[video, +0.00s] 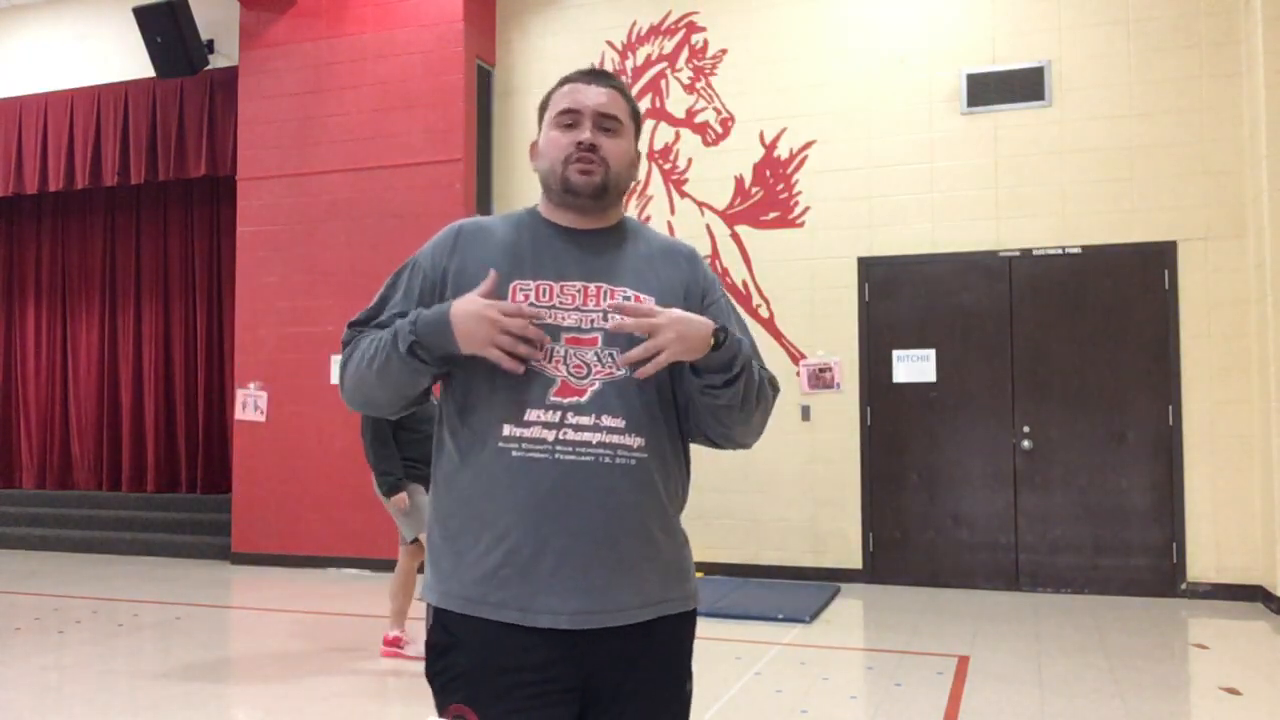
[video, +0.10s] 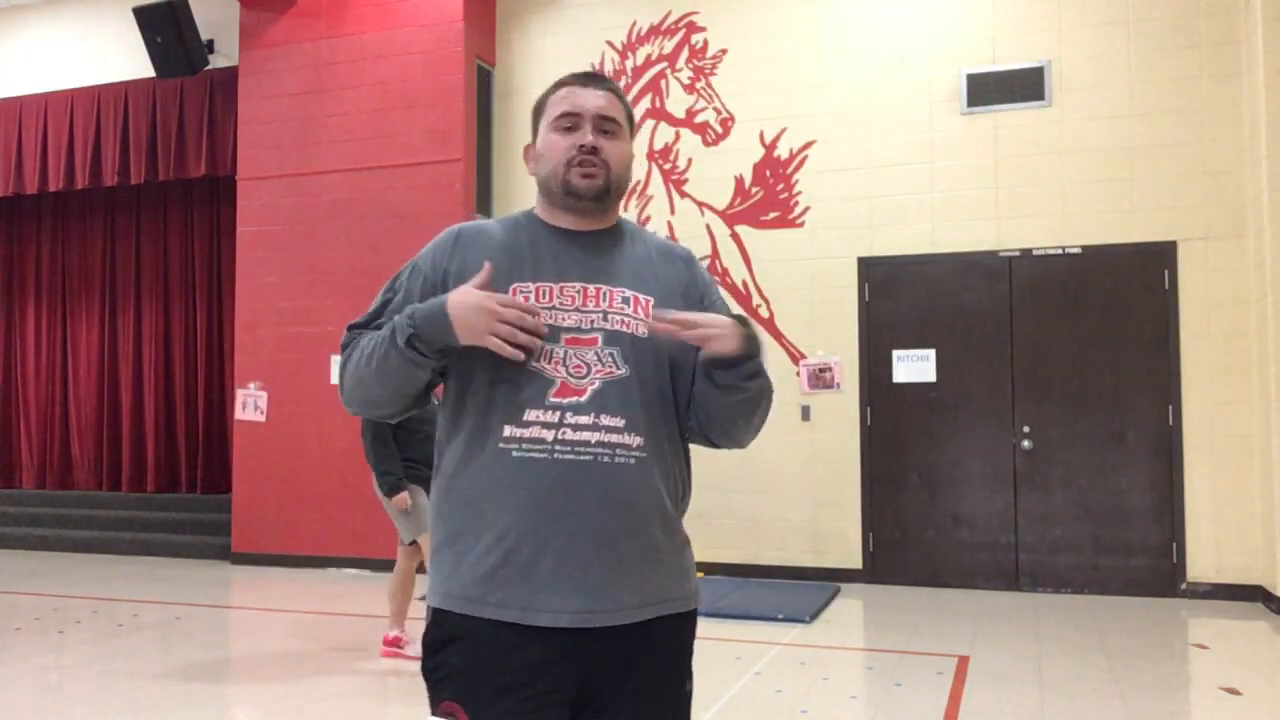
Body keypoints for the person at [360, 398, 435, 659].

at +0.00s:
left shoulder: (424, 390)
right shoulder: (383, 390)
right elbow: (377, 438)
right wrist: (392, 486)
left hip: (428, 479)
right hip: (404, 480)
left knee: (411, 554)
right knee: (440, 551)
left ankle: (395, 633)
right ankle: (447, 638)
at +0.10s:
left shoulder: (425, 393)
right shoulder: (385, 391)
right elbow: (377, 438)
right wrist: (393, 487)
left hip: (427, 480)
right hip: (402, 481)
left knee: (408, 557)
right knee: (437, 559)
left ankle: (395, 633)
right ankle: (450, 639)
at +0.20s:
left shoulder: (429, 394)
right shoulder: (389, 392)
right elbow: (378, 439)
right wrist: (391, 490)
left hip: (427, 483)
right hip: (402, 483)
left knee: (406, 559)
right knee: (429, 558)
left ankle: (395, 633)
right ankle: (445, 637)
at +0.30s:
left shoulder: (434, 373)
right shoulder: (387, 377)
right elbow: (377, 429)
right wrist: (385, 488)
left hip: (432, 479)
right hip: (404, 480)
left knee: (407, 559)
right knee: (420, 553)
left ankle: (395, 633)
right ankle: (440, 633)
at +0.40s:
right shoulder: (393, 382)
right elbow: (378, 435)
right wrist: (382, 489)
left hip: (432, 482)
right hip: (405, 483)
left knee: (411, 557)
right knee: (414, 555)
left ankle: (395, 633)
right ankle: (427, 634)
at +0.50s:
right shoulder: (394, 383)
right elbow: (379, 435)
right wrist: (382, 489)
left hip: (437, 482)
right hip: (406, 483)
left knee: (413, 558)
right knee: (414, 558)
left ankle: (396, 630)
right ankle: (428, 636)